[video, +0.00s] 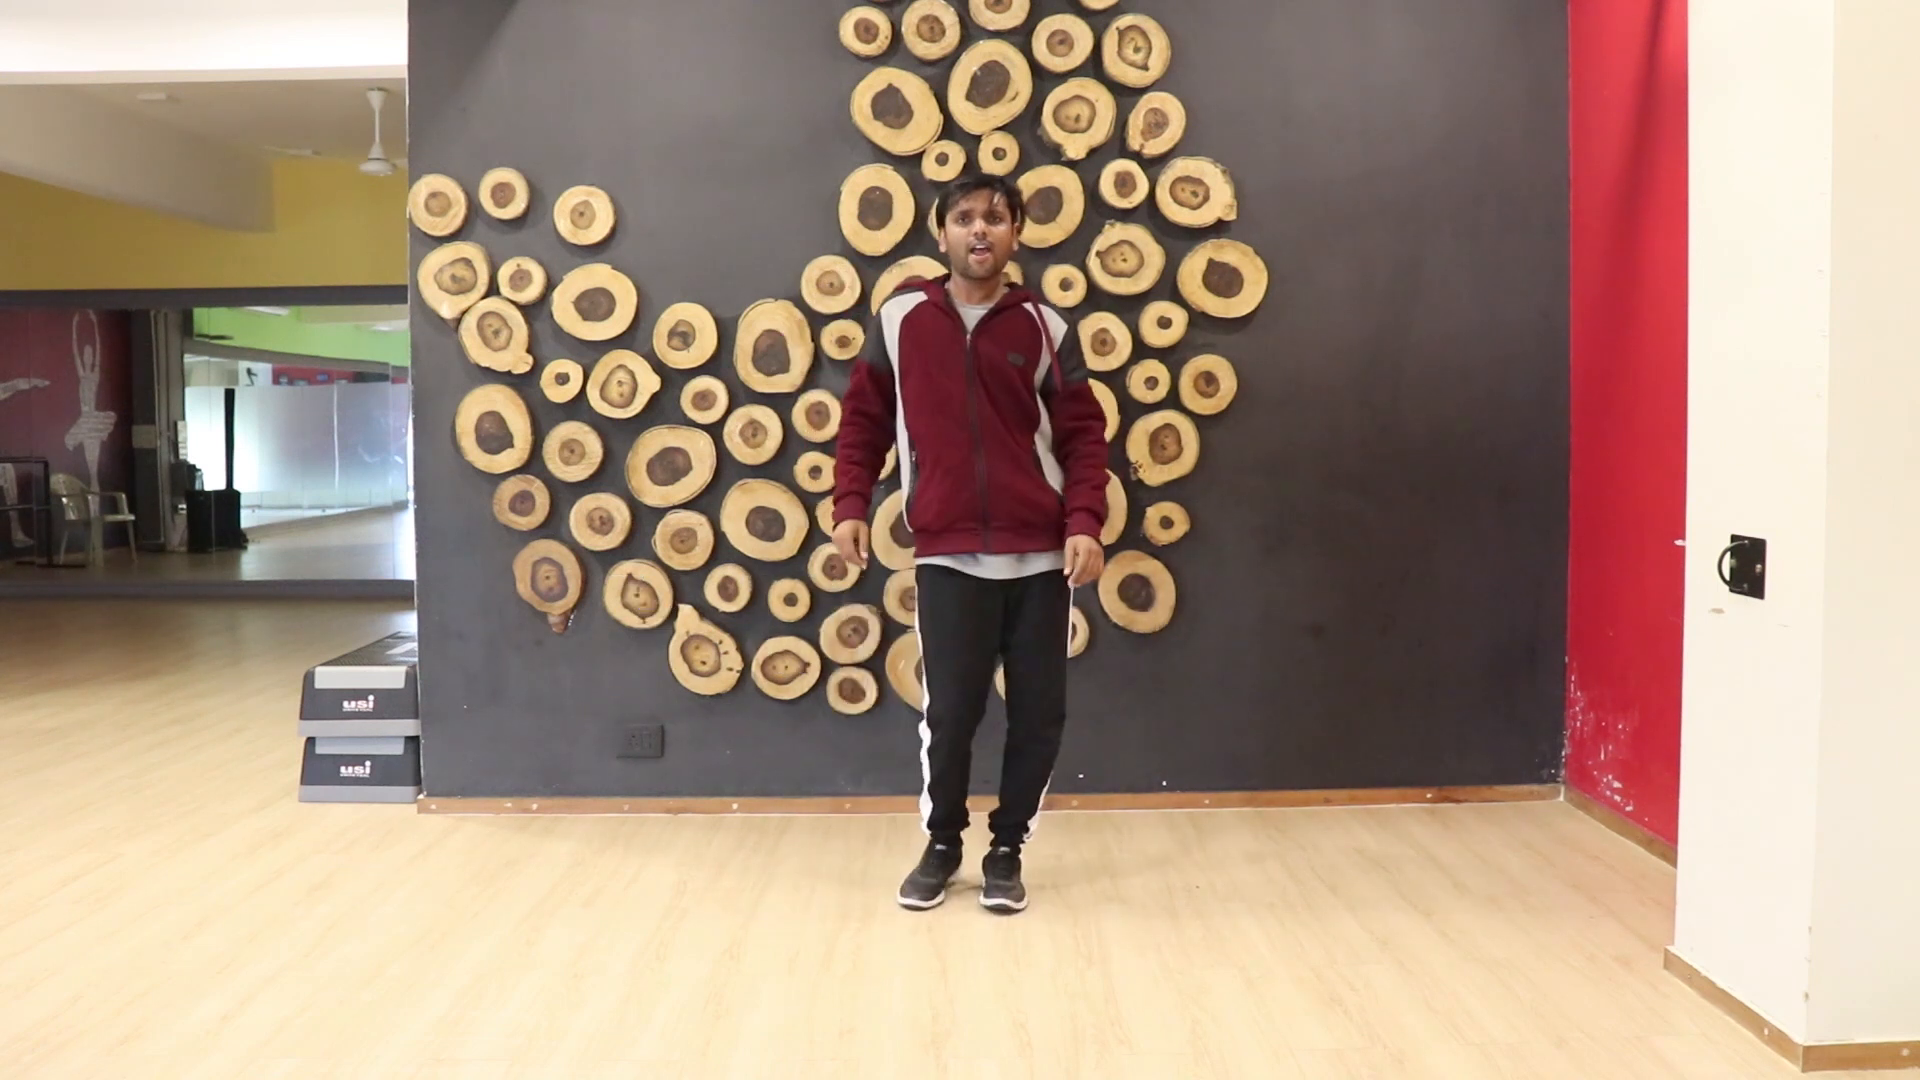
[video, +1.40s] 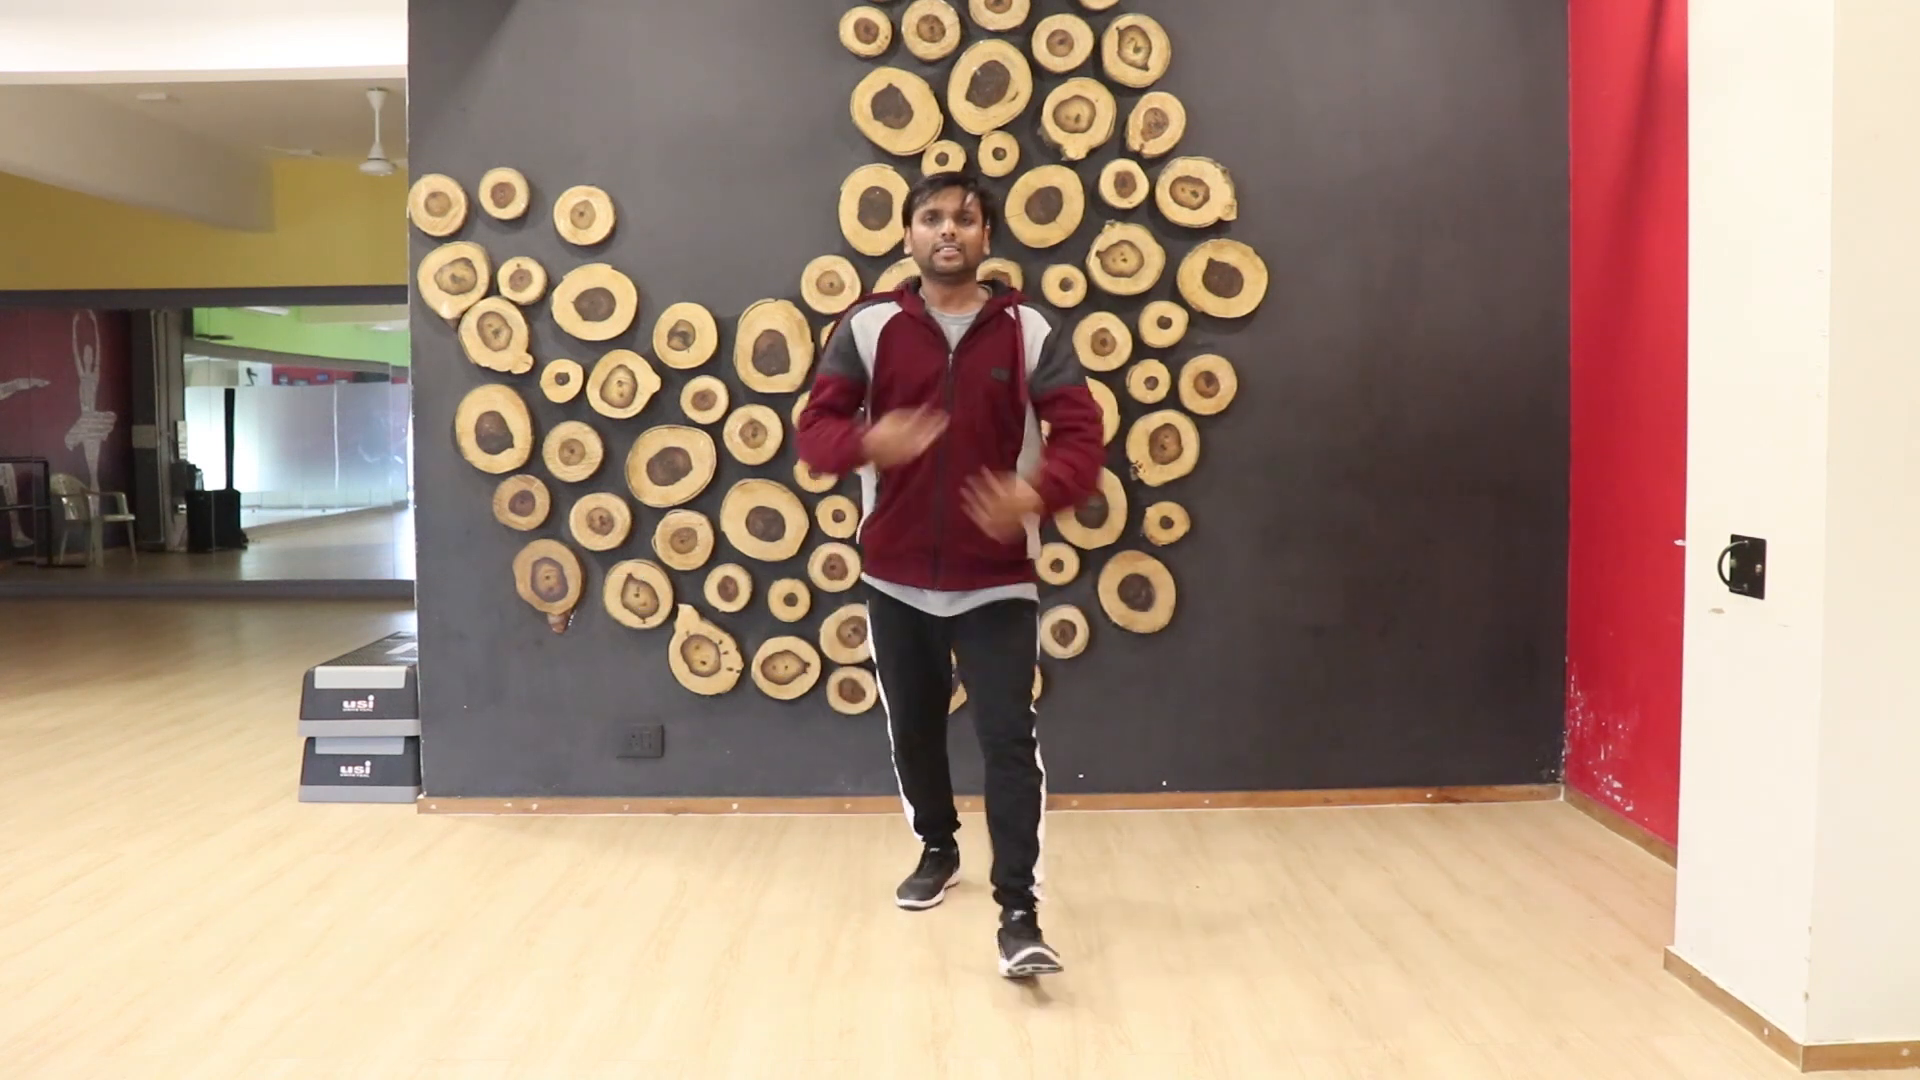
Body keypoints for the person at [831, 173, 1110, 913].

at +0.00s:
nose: (980, 231)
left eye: (994, 219)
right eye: (966, 219)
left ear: (1014, 235)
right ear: (942, 235)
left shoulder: (1044, 324)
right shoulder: (902, 317)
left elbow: (1080, 429)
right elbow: (865, 415)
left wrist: (1084, 519)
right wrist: (852, 507)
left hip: (1039, 552)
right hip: (948, 553)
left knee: (1039, 715)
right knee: (950, 710)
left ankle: (1005, 854)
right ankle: (940, 847)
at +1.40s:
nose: (949, 230)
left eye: (965, 218)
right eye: (933, 217)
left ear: (987, 237)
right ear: (908, 237)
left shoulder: (1027, 329)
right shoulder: (867, 325)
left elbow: (1081, 434)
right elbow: (815, 435)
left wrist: (1034, 492)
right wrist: (869, 441)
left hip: (997, 576)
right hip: (896, 575)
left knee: (1009, 737)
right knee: (911, 730)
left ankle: (1019, 913)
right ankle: (936, 847)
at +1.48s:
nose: (955, 227)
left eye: (971, 214)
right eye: (939, 214)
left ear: (993, 233)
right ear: (913, 232)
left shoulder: (1021, 316)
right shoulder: (884, 310)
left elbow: (1019, 419)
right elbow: (871, 404)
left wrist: (915, 367)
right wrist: (982, 337)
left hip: (1006, 567)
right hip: (908, 568)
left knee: (1018, 747)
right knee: (913, 742)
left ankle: (1023, 929)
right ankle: (939, 836)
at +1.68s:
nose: (965, 214)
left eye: (982, 203)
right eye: (949, 201)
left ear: (1007, 222)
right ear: (922, 217)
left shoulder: (1030, 305)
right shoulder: (880, 293)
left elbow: (1065, 394)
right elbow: (811, 392)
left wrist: (974, 313)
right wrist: (905, 324)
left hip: (1018, 563)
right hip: (913, 563)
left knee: (1037, 749)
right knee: (977, 731)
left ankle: (1028, 931)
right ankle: (982, 887)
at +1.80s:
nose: (965, 211)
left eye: (981, 199)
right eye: (946, 198)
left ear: (1001, 220)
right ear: (914, 215)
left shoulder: (1044, 312)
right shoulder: (864, 306)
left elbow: (1161, 351)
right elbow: (776, 375)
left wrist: (1087, 279)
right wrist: (804, 301)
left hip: (1002, 572)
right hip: (894, 563)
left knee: (1030, 762)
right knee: (923, 717)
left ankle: (1033, 941)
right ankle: (884, 882)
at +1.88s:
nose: (958, 217)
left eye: (970, 203)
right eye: (937, 204)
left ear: (987, 219)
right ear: (899, 221)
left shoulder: (1039, 313)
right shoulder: (866, 316)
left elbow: (1145, 305)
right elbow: (808, 453)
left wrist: (1079, 239)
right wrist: (828, 348)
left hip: (999, 584)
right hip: (887, 578)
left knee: (1021, 762)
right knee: (860, 743)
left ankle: (1035, 945)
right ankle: (766, 909)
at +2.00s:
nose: (922, 229)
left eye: (927, 214)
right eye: (900, 215)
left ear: (935, 225)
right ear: (851, 231)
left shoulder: (935, 311)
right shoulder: (846, 330)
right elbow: (913, 415)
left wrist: (1000, 296)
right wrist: (926, 313)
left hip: (995, 604)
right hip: (890, 608)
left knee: (1055, 783)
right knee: (807, 778)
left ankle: (1036, 938)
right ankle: (698, 928)